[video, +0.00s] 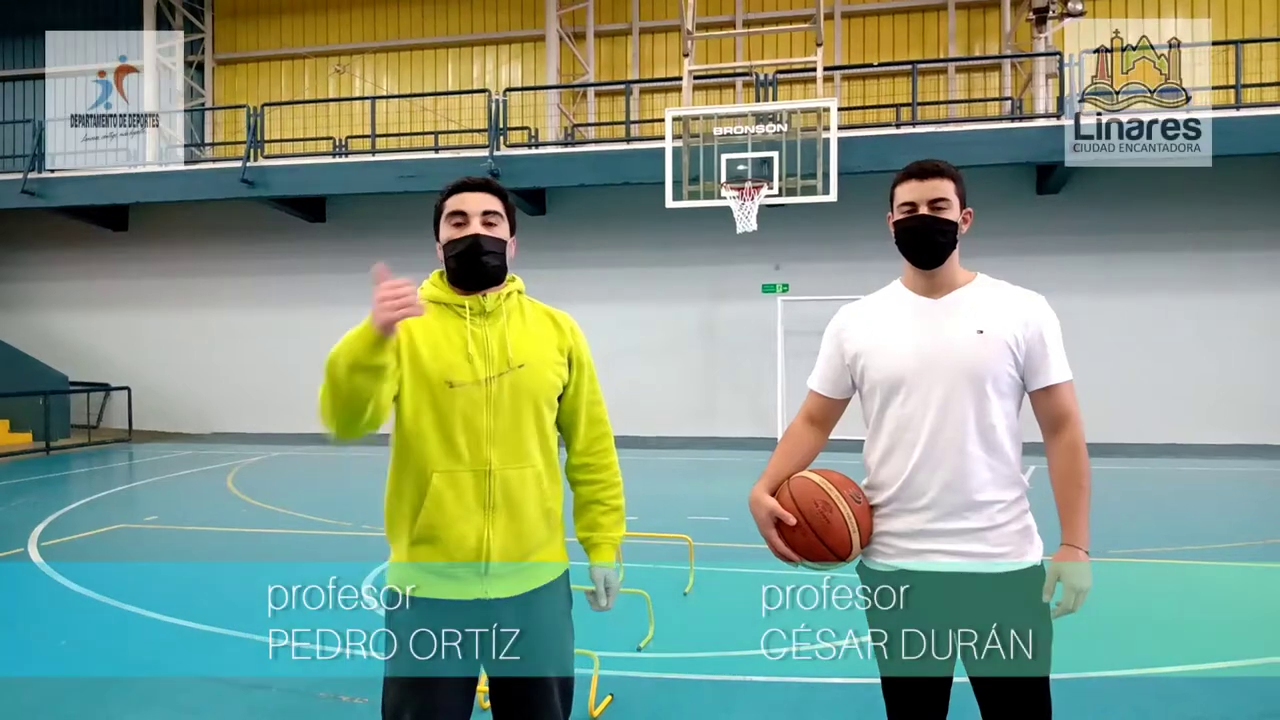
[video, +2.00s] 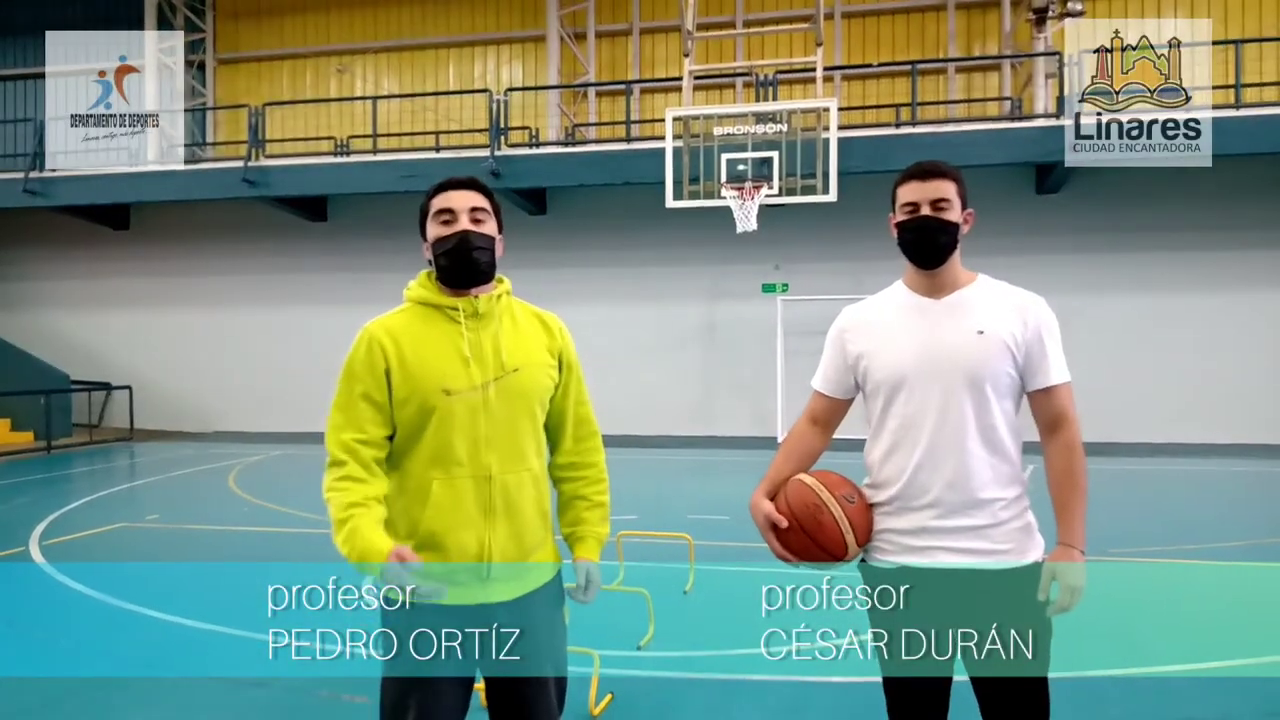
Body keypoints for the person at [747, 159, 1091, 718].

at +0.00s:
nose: (922, 218)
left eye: (938, 207)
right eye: (907, 209)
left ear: (965, 220)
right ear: (891, 226)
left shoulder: (1022, 313)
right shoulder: (855, 324)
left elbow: (1063, 430)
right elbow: (812, 423)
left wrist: (1074, 544)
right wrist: (762, 489)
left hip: (1003, 563)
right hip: (898, 565)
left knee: (1020, 709)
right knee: (912, 712)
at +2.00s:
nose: (925, 218)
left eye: (940, 207)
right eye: (910, 209)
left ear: (966, 220)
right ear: (893, 227)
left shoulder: (1022, 314)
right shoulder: (858, 324)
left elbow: (1060, 431)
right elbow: (815, 424)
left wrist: (1070, 545)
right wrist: (763, 492)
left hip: (1003, 561)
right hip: (900, 563)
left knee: (1018, 711)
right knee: (913, 713)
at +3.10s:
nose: (926, 218)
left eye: (942, 207)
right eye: (911, 209)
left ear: (968, 220)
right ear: (894, 225)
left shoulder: (1023, 313)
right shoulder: (858, 322)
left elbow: (1062, 429)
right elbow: (815, 425)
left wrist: (1074, 543)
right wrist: (761, 502)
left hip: (1003, 561)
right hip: (899, 563)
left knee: (1019, 712)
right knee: (912, 713)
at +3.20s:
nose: (925, 218)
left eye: (941, 207)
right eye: (911, 209)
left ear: (968, 221)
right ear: (894, 225)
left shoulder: (1023, 312)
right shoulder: (858, 322)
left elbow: (1063, 429)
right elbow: (815, 425)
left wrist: (1075, 543)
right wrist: (762, 502)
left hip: (1003, 561)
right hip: (899, 562)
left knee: (1019, 710)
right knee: (912, 712)